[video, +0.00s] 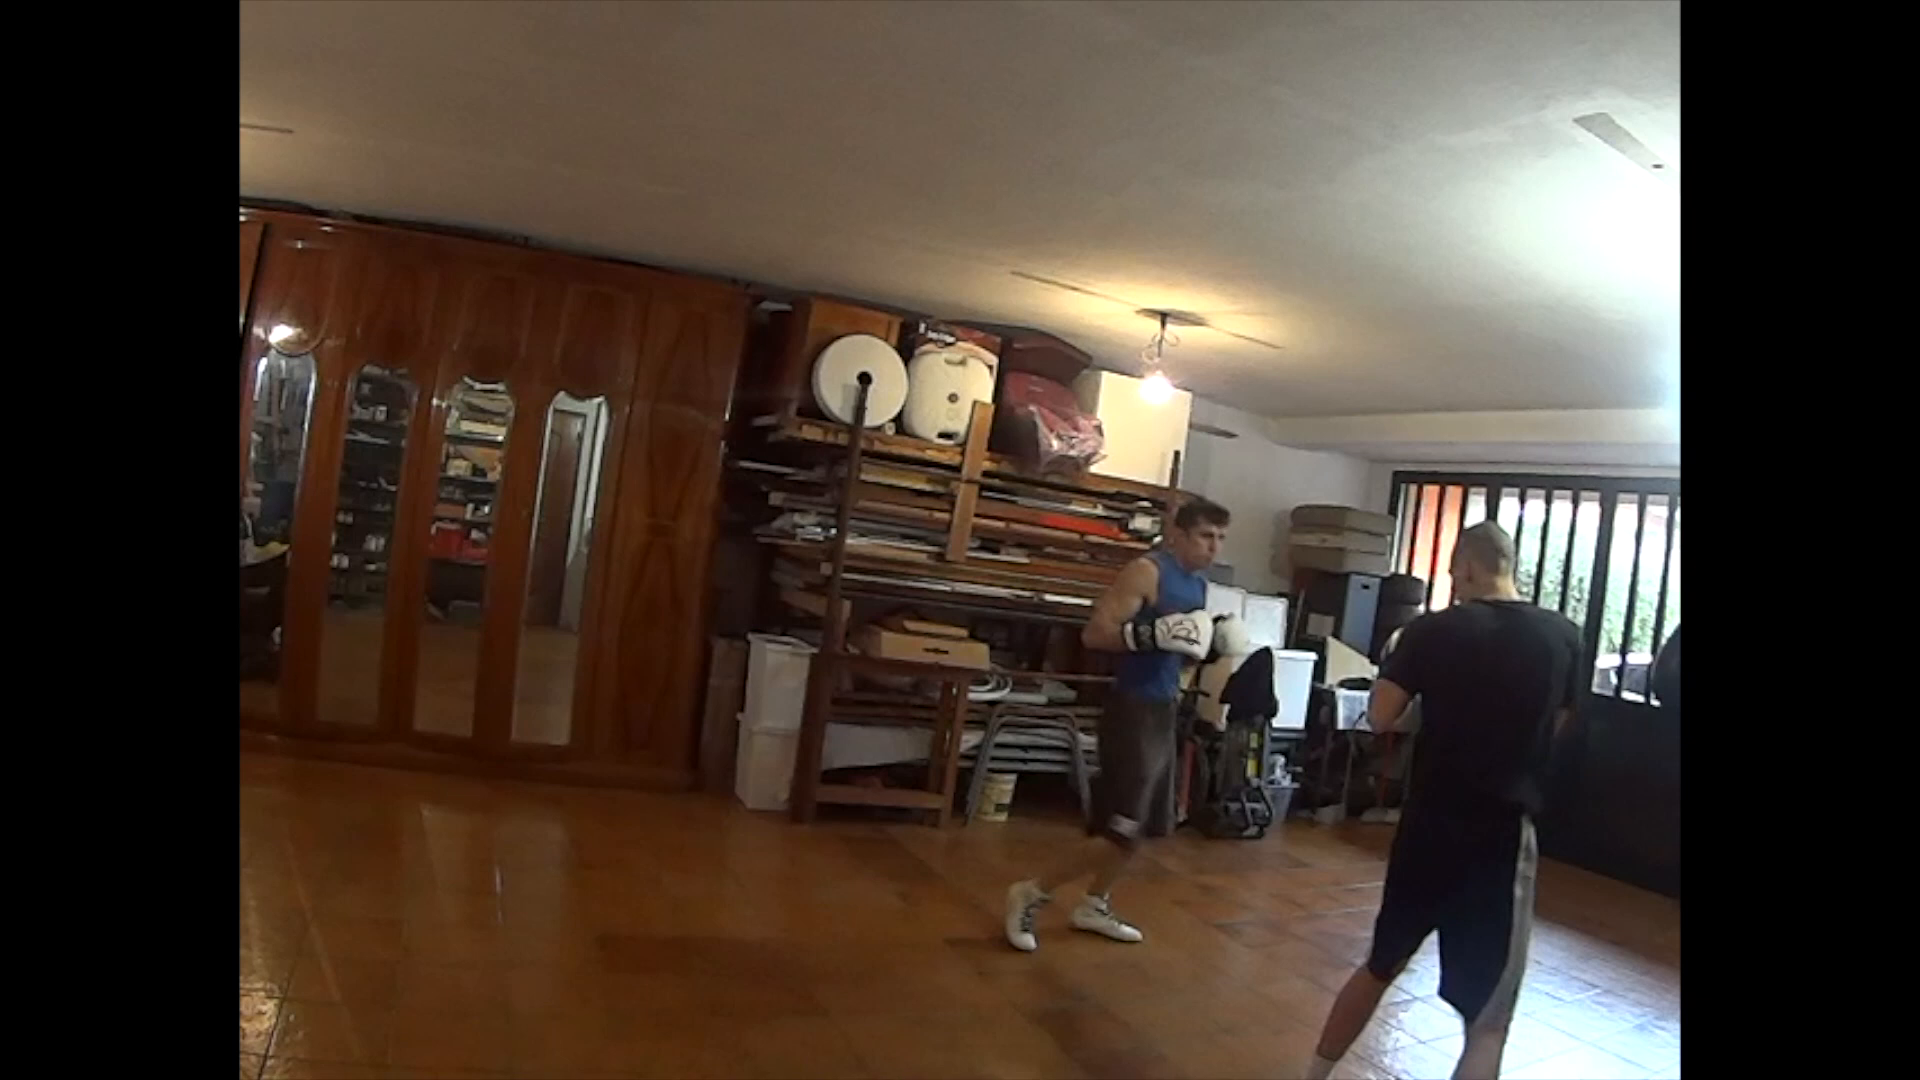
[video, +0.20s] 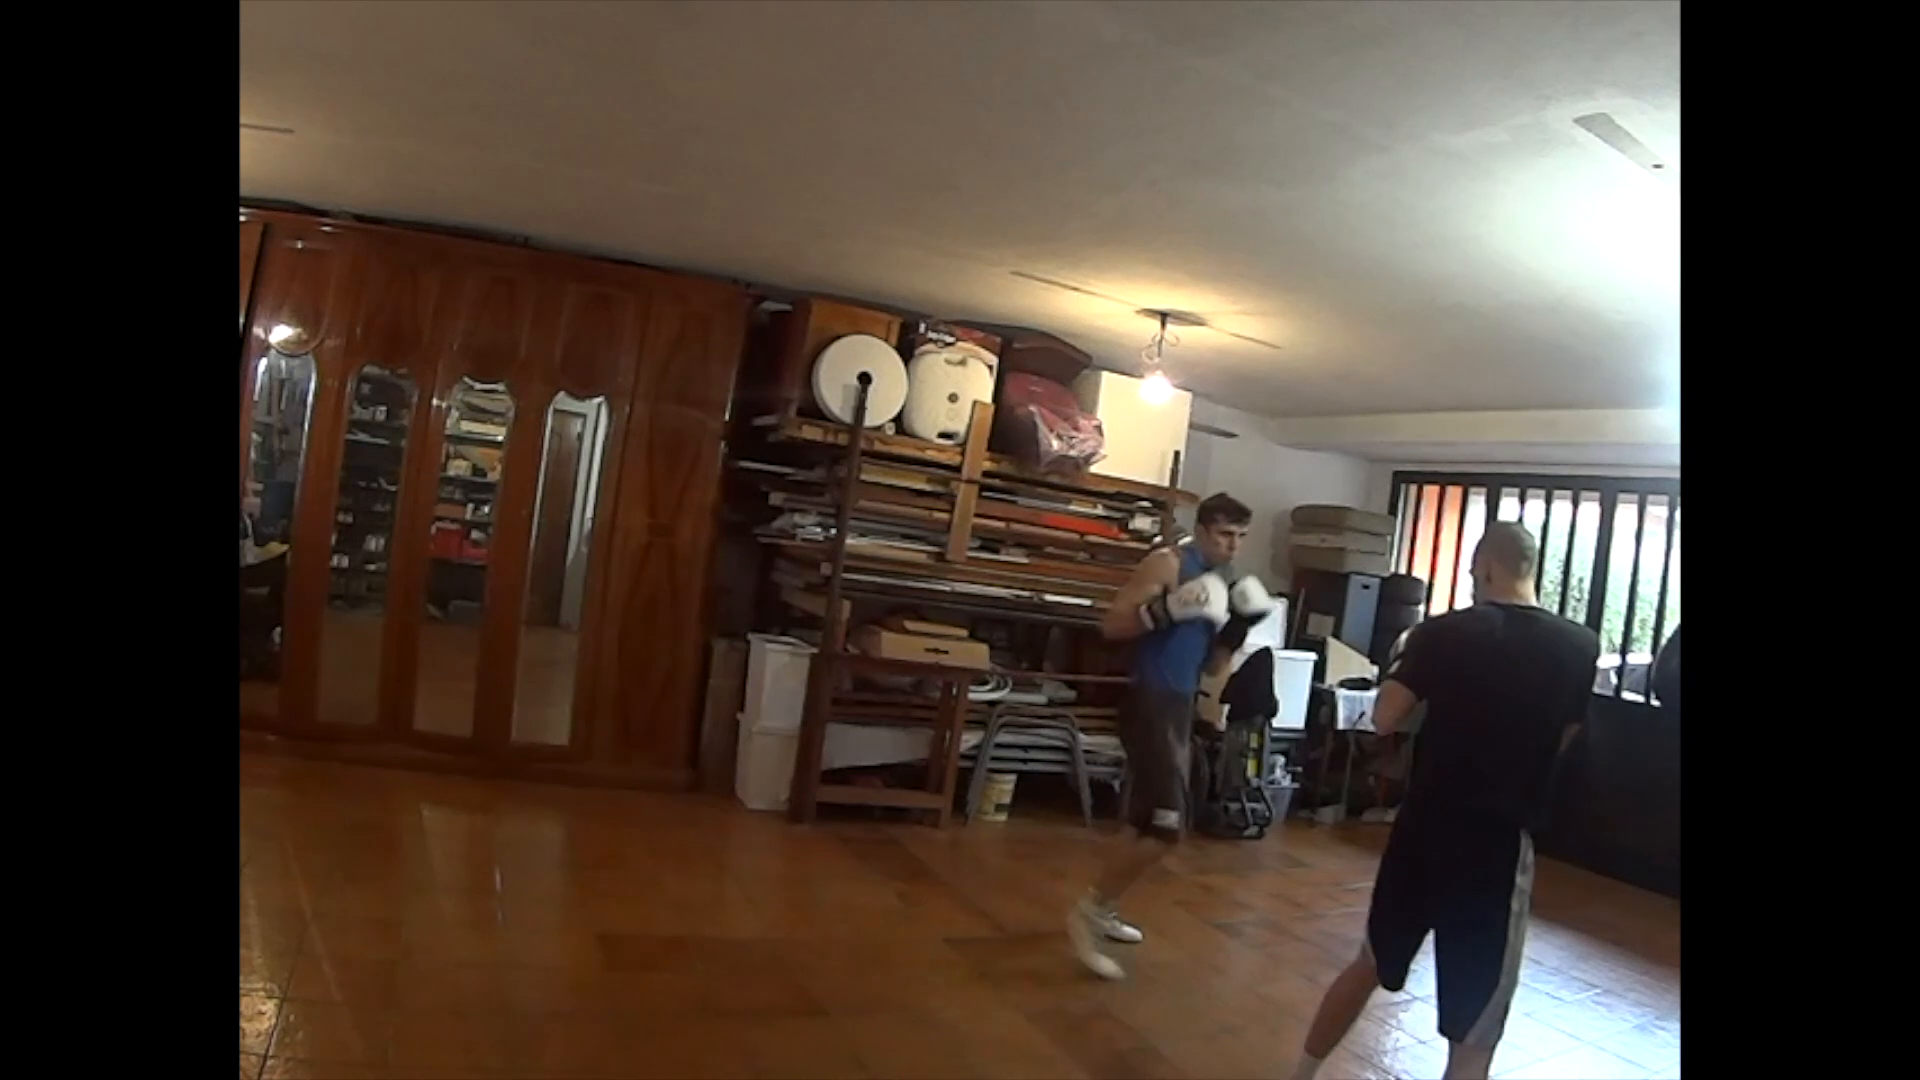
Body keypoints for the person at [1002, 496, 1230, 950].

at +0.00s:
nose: (1214, 548)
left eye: (1219, 540)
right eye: (1206, 537)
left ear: (1220, 543)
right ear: (1176, 533)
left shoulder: (1197, 586)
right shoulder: (1145, 571)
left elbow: (1179, 652)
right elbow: (1095, 634)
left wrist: (1213, 644)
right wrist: (1151, 633)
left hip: (1163, 713)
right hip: (1132, 710)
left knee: (1143, 825)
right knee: (1121, 832)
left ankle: (1093, 905)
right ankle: (1030, 893)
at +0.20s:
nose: (1231, 544)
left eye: (1238, 537)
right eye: (1223, 534)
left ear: (1242, 541)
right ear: (1201, 530)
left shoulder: (1219, 581)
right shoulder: (1167, 562)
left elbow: (1213, 665)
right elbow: (1113, 625)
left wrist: (1241, 620)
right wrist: (1171, 606)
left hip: (1178, 704)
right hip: (1150, 700)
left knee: (1151, 821)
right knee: (1165, 826)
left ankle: (1105, 907)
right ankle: (1091, 909)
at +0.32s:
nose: (1243, 546)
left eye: (1250, 539)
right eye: (1235, 536)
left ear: (1257, 542)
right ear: (1214, 532)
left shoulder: (1232, 589)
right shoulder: (1180, 564)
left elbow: (1242, 665)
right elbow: (1139, 634)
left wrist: (1262, 613)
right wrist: (1184, 592)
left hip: (1198, 710)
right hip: (1167, 705)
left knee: (1154, 823)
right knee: (1171, 833)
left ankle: (1099, 897)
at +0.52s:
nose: (1269, 568)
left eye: (1272, 561)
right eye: (1266, 558)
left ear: (1265, 563)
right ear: (1241, 553)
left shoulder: (1260, 602)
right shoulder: (1195, 588)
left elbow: (1282, 670)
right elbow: (1202, 667)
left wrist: (1300, 613)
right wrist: (1221, 598)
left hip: (1226, 731)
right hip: (1192, 728)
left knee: (1199, 849)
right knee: (1210, 857)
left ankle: (1124, 890)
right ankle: (1188, 983)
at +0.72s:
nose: (1291, 565)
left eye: (1294, 559)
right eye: (1286, 555)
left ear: (1291, 561)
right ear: (1260, 549)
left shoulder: (1287, 594)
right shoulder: (1219, 587)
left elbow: (1311, 662)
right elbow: (1246, 663)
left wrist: (1323, 599)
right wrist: (1253, 588)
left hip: (1253, 729)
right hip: (1214, 727)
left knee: (1235, 840)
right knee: (1217, 864)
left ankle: (1182, 913)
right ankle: (1189, 983)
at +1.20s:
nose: (1342, 594)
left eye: (1349, 586)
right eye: (1336, 582)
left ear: (1350, 586)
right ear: (1308, 571)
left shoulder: (1331, 623)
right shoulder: (1262, 612)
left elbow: (1364, 683)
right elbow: (1224, 686)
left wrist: (1388, 623)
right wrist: (1270, 657)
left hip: (1282, 751)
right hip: (1248, 746)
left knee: (1262, 856)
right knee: (1275, 882)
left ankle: (1216, 933)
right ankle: (1244, 1010)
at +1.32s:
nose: (1368, 601)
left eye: (1375, 596)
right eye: (1364, 589)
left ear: (1375, 597)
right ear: (1337, 576)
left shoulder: (1335, 625)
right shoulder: (1310, 609)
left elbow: (1371, 677)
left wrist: (1404, 635)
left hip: (1257, 748)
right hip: (1253, 750)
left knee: (1235, 848)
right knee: (1265, 893)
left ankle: (1214, 932)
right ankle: (1235, 1023)